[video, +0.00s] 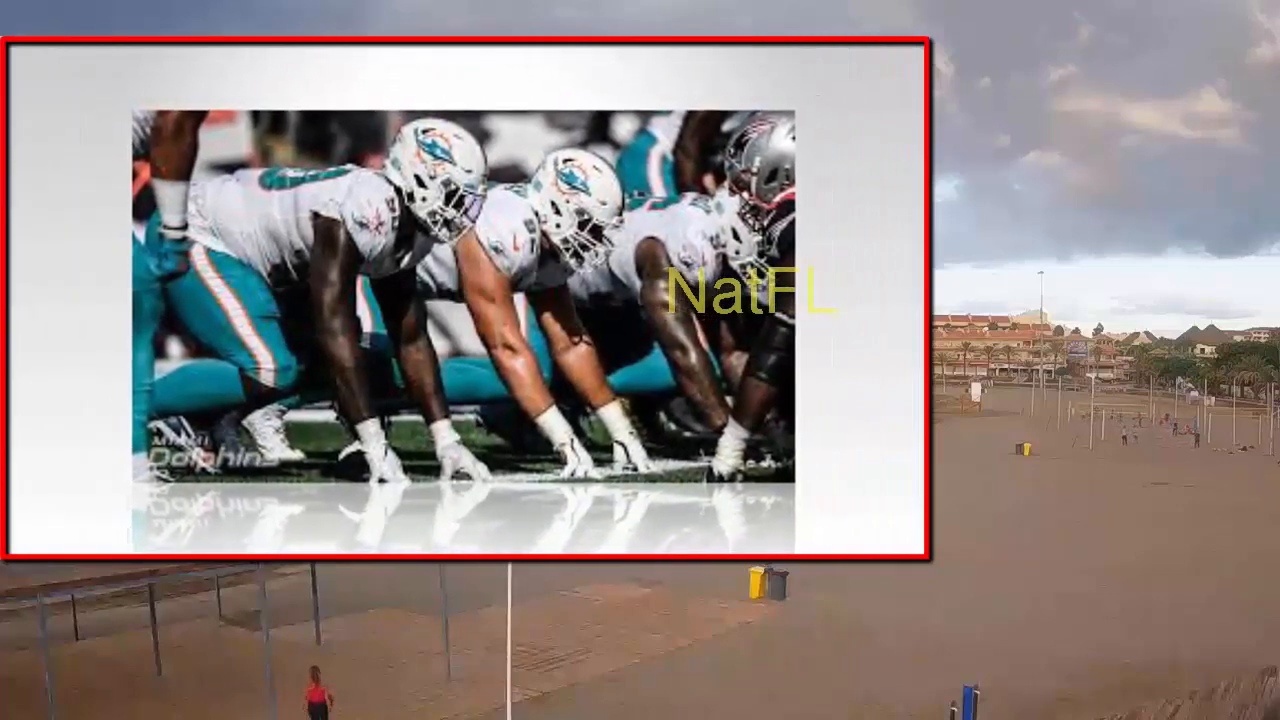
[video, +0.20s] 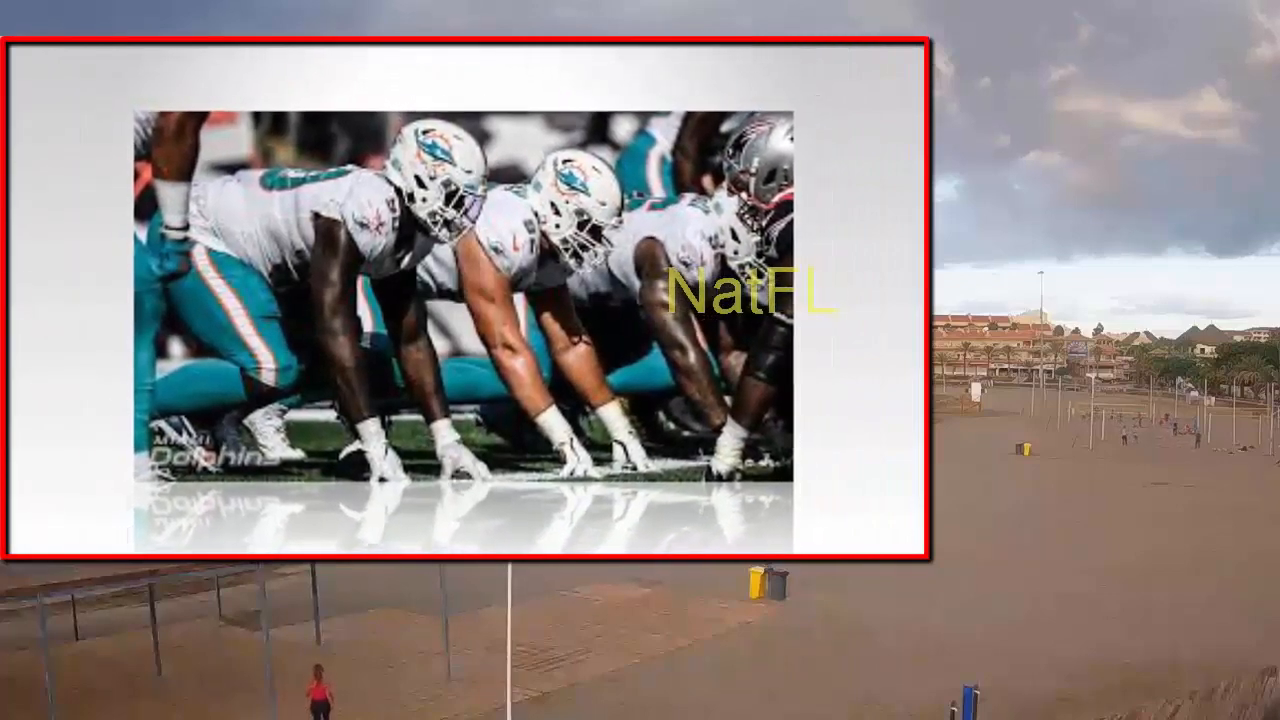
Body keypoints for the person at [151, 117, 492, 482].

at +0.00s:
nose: (459, 206)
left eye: (467, 195)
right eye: (452, 189)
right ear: (419, 170)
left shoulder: (401, 229)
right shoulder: (360, 204)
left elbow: (413, 339)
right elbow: (332, 328)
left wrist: (446, 440)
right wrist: (373, 443)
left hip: (255, 254)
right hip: (202, 239)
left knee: (317, 362)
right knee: (270, 370)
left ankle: (199, 420)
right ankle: (120, 408)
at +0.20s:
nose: (459, 207)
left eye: (466, 196)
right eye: (452, 190)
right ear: (418, 170)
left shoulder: (402, 230)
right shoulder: (361, 206)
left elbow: (413, 339)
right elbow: (333, 328)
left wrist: (446, 440)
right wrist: (374, 442)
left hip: (255, 254)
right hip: (204, 239)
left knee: (314, 362)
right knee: (271, 369)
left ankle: (198, 419)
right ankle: (122, 408)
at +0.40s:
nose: (458, 207)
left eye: (466, 196)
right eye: (452, 191)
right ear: (419, 172)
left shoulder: (402, 228)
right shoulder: (361, 207)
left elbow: (413, 336)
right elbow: (334, 330)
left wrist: (446, 437)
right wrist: (374, 441)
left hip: (259, 256)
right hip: (206, 240)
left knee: (316, 366)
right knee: (273, 369)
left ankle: (206, 415)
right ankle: (127, 407)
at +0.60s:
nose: (458, 208)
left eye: (466, 197)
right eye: (450, 191)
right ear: (417, 173)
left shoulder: (402, 229)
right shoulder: (361, 208)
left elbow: (413, 336)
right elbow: (335, 329)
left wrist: (445, 436)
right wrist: (374, 437)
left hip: (260, 255)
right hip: (206, 240)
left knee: (315, 365)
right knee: (274, 369)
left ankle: (206, 414)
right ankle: (129, 406)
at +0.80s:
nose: (458, 209)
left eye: (465, 197)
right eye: (452, 192)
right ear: (420, 176)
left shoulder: (403, 229)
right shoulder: (361, 208)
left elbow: (413, 335)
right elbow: (335, 329)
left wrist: (446, 435)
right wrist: (376, 439)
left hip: (262, 256)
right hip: (208, 239)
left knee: (324, 362)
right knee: (275, 367)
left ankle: (221, 416)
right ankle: (132, 405)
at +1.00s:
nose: (459, 210)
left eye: (466, 198)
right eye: (452, 193)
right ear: (420, 177)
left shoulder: (403, 230)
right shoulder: (361, 209)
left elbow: (414, 335)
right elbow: (336, 330)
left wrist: (446, 435)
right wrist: (376, 439)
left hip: (262, 256)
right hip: (209, 240)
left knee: (321, 364)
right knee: (276, 368)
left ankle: (211, 415)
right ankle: (132, 404)